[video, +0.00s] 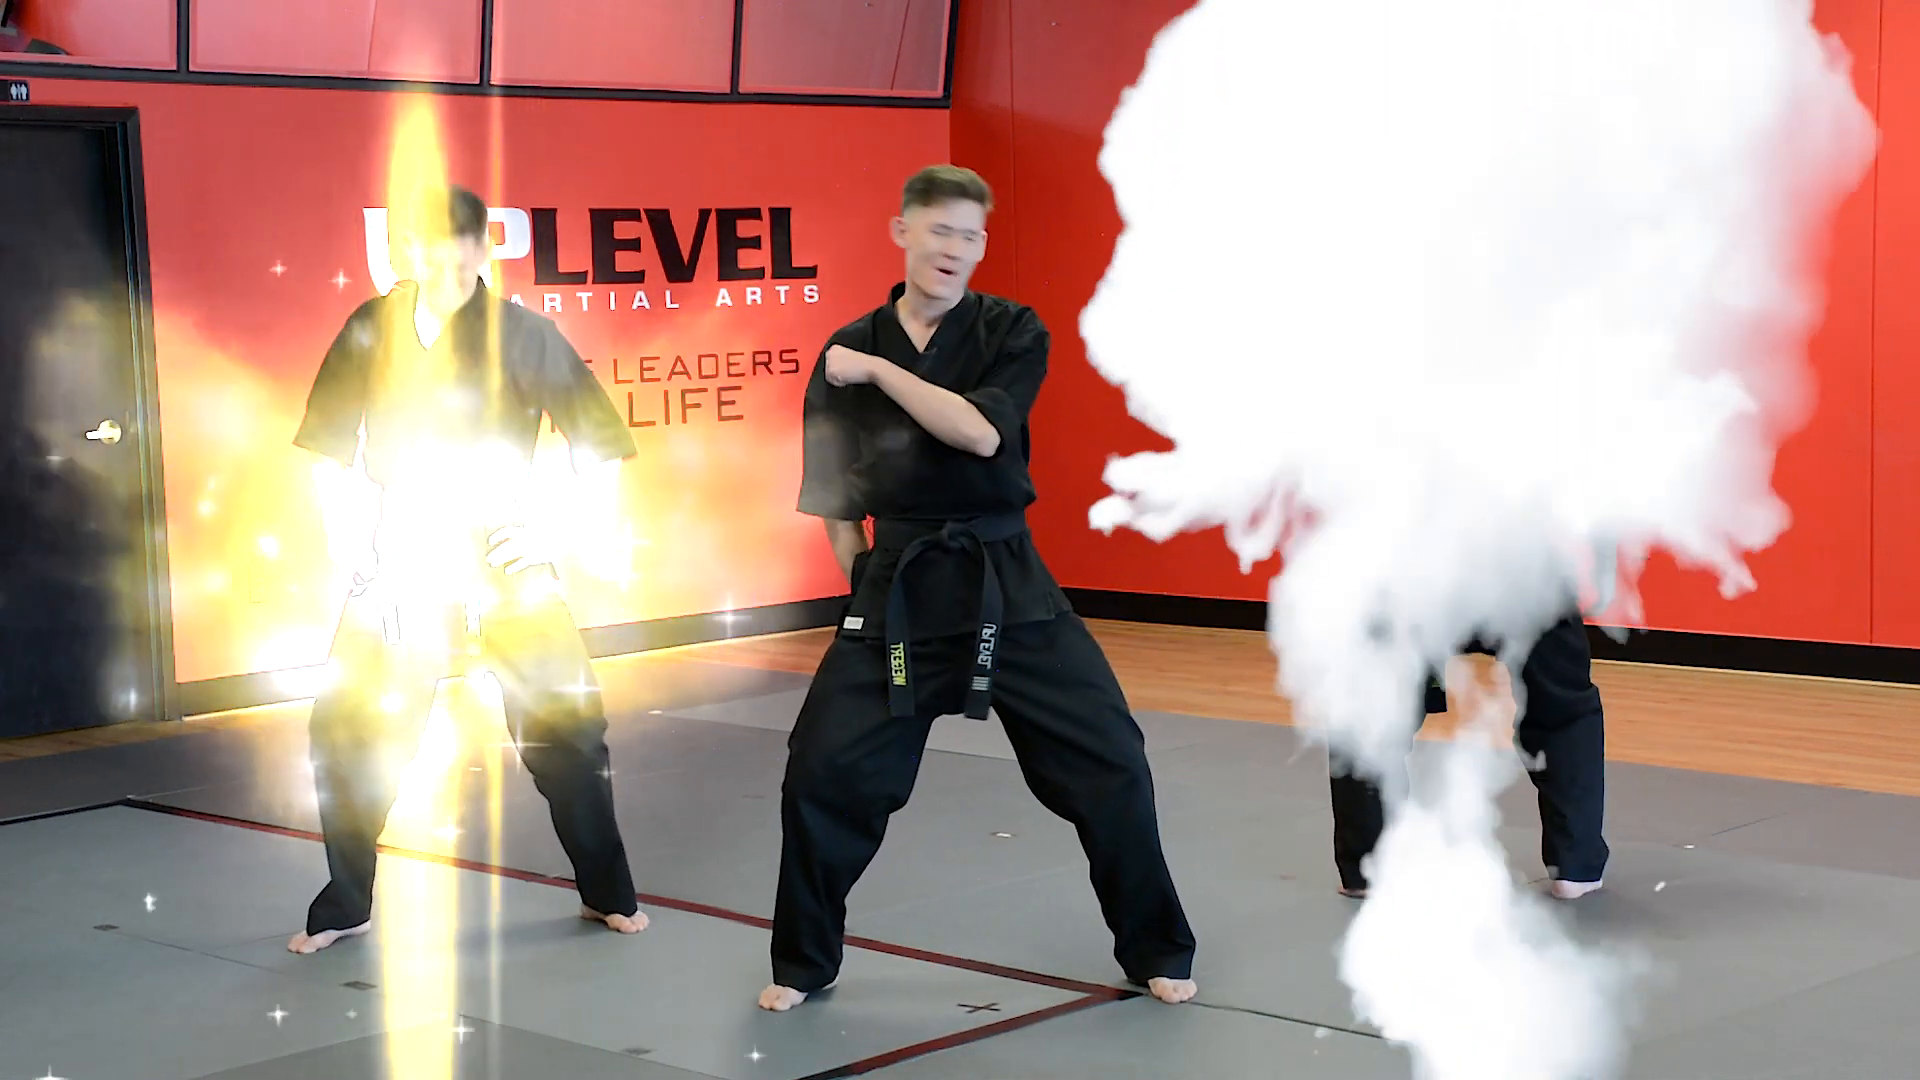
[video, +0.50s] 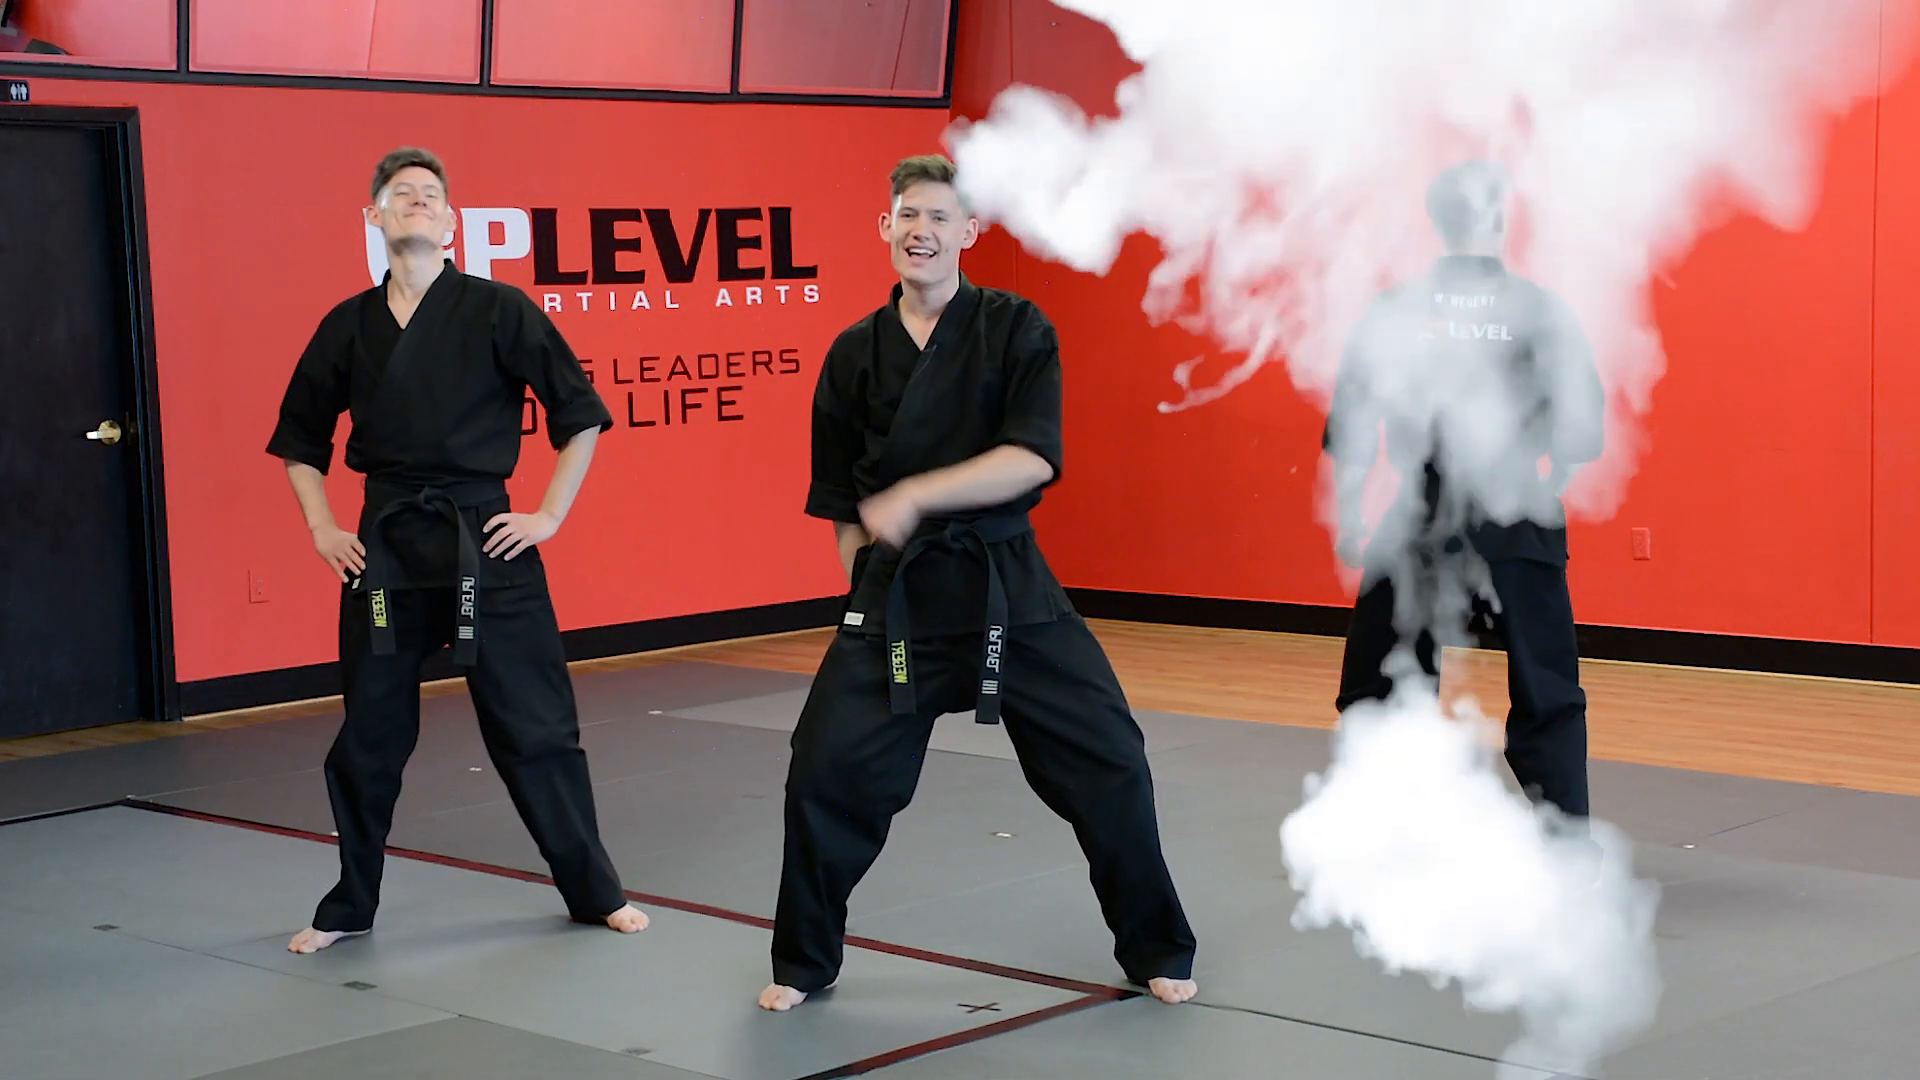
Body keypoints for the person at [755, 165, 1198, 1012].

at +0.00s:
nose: (956, 250)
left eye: (971, 237)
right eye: (941, 231)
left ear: (984, 249)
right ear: (901, 234)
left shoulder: (1014, 333)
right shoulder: (850, 348)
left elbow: (982, 431)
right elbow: (830, 493)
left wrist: (875, 368)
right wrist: (869, 590)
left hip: (1008, 575)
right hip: (898, 582)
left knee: (1110, 759)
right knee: (825, 768)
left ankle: (1155, 947)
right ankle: (804, 960)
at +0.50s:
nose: (922, 231)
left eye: (939, 217)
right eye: (909, 216)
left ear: (967, 231)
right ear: (886, 229)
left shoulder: (1016, 329)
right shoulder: (853, 356)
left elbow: (1033, 459)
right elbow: (849, 509)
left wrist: (915, 493)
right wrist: (877, 609)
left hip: (1011, 582)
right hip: (896, 591)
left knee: (1110, 761)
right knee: (827, 768)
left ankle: (1156, 947)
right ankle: (805, 959)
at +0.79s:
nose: (923, 214)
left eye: (943, 204)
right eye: (912, 201)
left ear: (973, 229)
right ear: (890, 222)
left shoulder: (1016, 333)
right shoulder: (853, 350)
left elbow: (1066, 475)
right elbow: (844, 500)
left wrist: (1029, 589)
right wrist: (863, 606)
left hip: (1008, 581)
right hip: (895, 589)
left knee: (1107, 763)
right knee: (828, 767)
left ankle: (1155, 947)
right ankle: (804, 959)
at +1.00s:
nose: (930, 212)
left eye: (951, 203)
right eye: (919, 199)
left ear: (979, 230)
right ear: (895, 219)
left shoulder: (1023, 334)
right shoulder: (853, 346)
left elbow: (1076, 469)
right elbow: (840, 494)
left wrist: (1073, 592)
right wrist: (855, 605)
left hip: (1007, 580)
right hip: (893, 587)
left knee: (1105, 765)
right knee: (827, 767)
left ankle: (1155, 947)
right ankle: (804, 959)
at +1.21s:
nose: (942, 219)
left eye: (960, 208)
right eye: (929, 205)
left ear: (986, 227)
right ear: (901, 220)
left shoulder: (1025, 336)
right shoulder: (854, 345)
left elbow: (1068, 477)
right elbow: (837, 495)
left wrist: (1077, 597)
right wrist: (852, 611)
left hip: (1009, 579)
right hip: (895, 586)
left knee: (1106, 765)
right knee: (828, 773)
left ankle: (1155, 948)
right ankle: (804, 960)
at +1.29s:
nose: (942, 219)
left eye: (960, 209)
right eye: (930, 205)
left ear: (987, 229)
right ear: (905, 219)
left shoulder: (1027, 336)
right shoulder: (855, 342)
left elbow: (1065, 479)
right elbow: (835, 493)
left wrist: (1074, 601)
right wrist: (850, 612)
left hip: (1010, 579)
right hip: (896, 586)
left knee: (1107, 766)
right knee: (828, 774)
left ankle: (1155, 948)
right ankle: (804, 960)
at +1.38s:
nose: (945, 220)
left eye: (963, 209)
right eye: (932, 206)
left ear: (989, 230)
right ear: (907, 222)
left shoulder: (1028, 336)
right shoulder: (857, 340)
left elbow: (1066, 479)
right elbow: (835, 493)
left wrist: (1073, 601)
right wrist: (850, 611)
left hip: (1012, 579)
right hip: (896, 585)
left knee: (1107, 764)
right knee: (831, 770)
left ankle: (1155, 948)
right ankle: (804, 960)